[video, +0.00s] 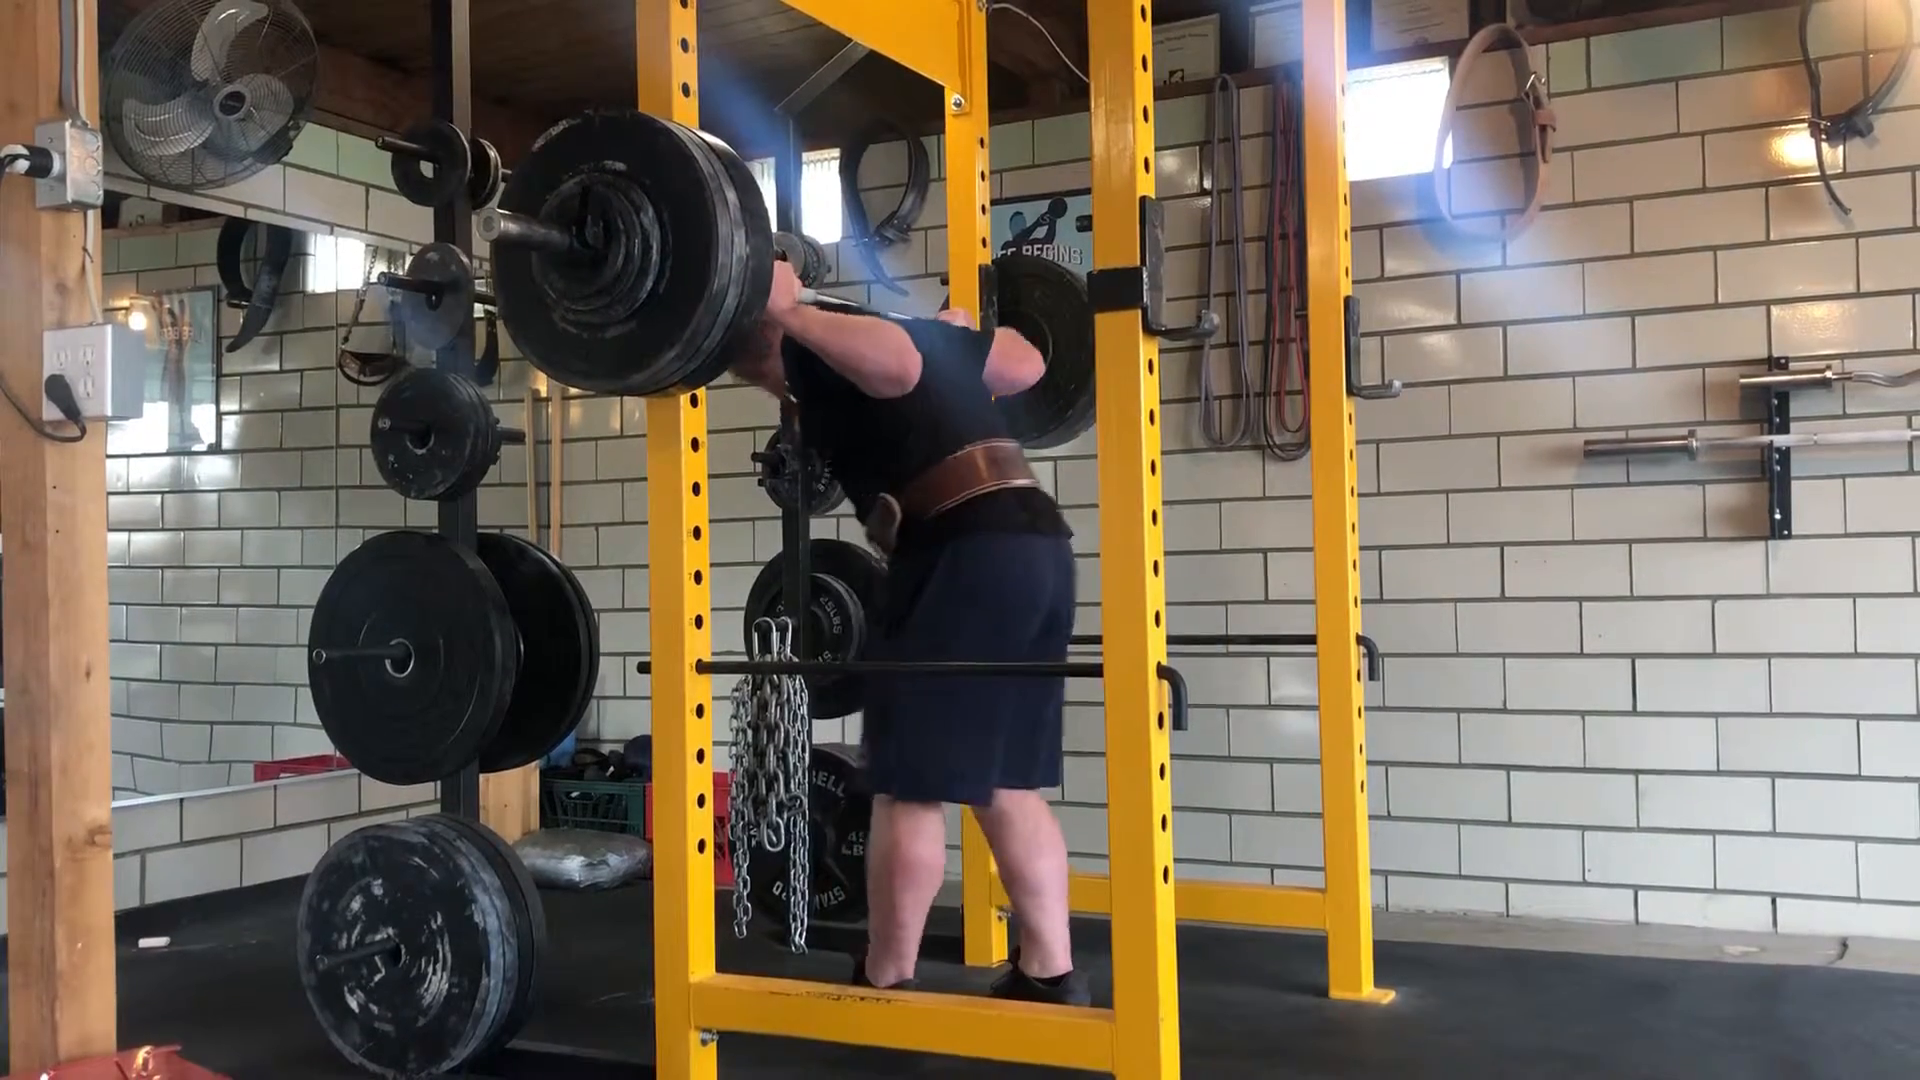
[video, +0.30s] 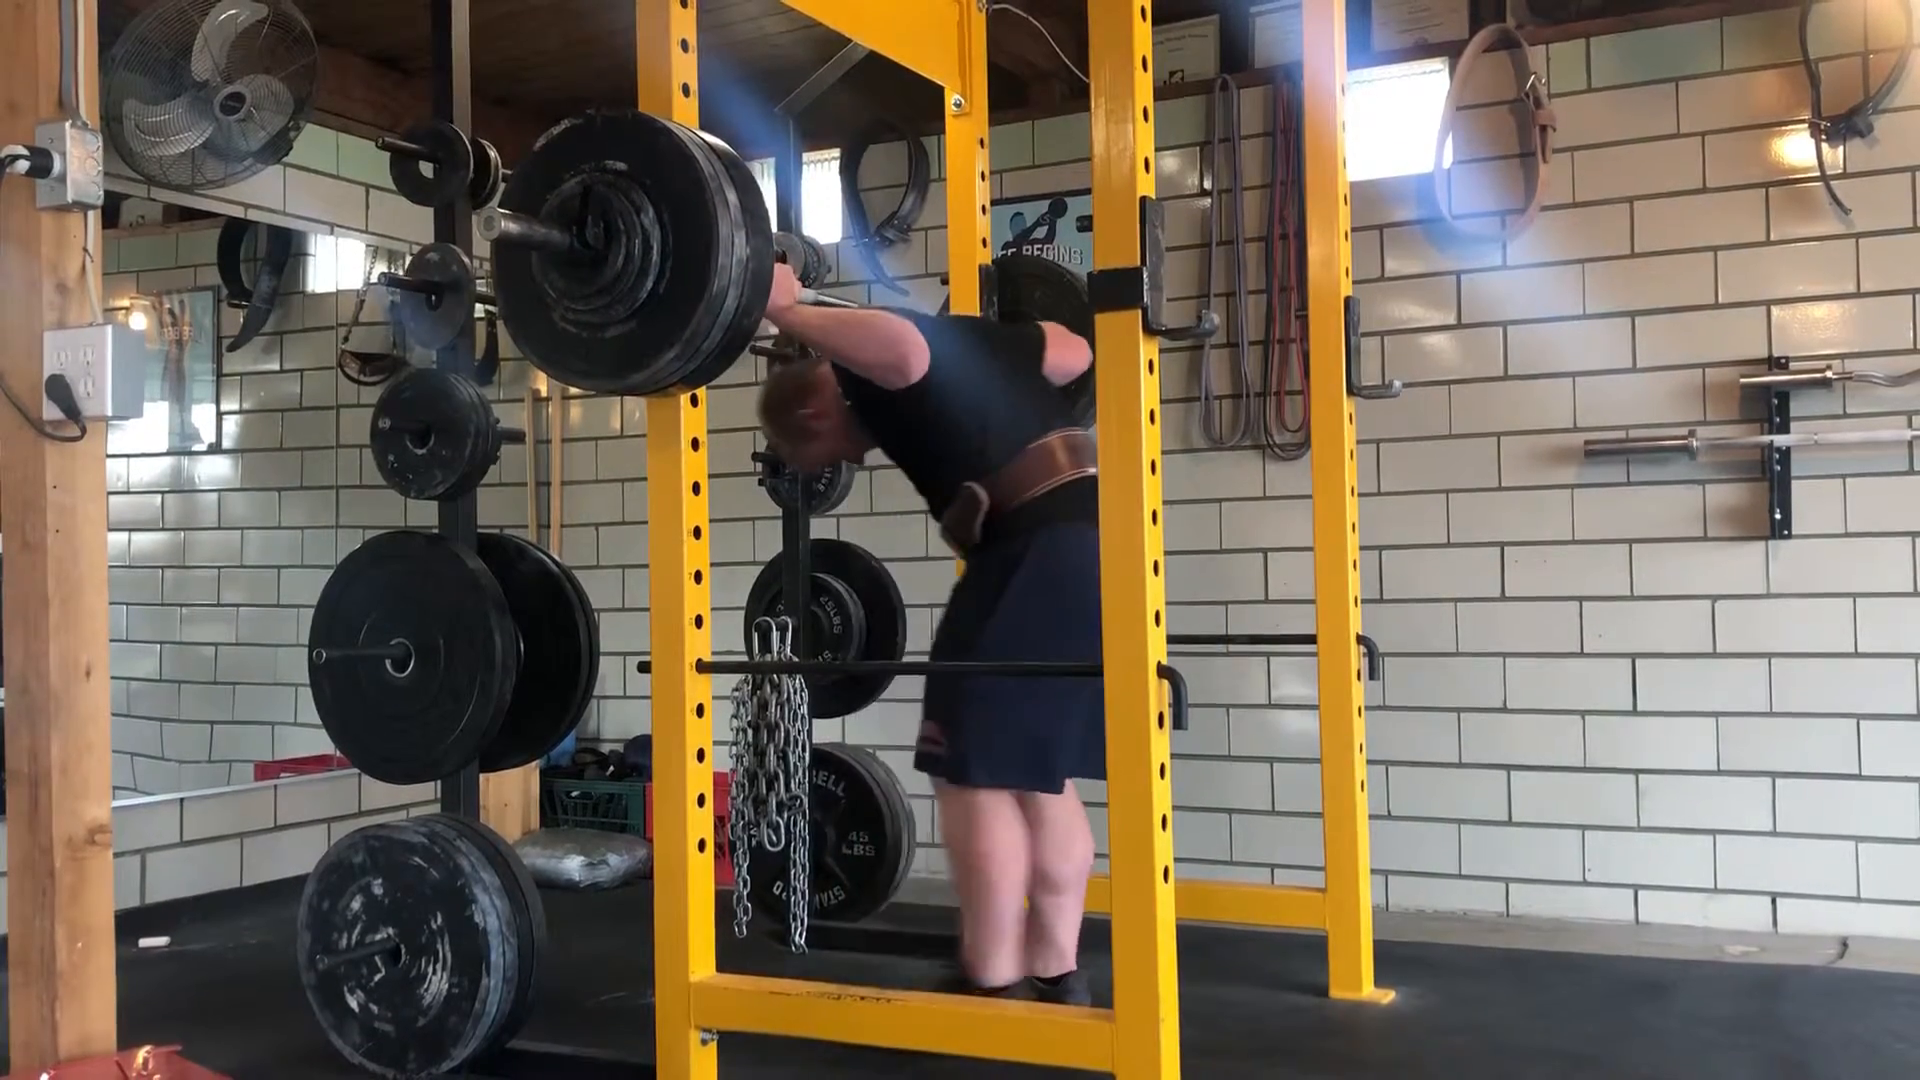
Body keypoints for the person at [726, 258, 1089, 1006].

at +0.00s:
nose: (746, 378)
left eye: (742, 364)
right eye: (740, 364)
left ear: (759, 336)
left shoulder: (815, 340)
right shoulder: (920, 332)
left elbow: (898, 363)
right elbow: (1024, 360)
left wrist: (790, 312)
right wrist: (965, 326)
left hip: (969, 551)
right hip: (1039, 545)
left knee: (909, 776)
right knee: (1008, 775)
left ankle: (885, 981)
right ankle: (1048, 973)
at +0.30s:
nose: (840, 459)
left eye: (824, 452)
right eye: (826, 457)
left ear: (817, 406)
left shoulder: (864, 367)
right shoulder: (969, 338)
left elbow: (907, 350)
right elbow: (1072, 348)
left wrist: (786, 309)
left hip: (1041, 544)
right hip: (1101, 534)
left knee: (968, 760)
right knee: (1042, 769)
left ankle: (992, 988)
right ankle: (1055, 978)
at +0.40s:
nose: (868, 462)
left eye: (849, 454)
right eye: (853, 460)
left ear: (837, 403)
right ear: (846, 389)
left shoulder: (900, 351)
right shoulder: (991, 336)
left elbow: (903, 345)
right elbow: (1089, 359)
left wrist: (787, 308)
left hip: (1067, 541)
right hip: (1109, 529)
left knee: (995, 752)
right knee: (1046, 757)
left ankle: (1077, 967)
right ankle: (1064, 953)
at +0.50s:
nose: (879, 451)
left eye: (864, 441)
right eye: (863, 446)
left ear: (859, 396)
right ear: (863, 399)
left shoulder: (936, 331)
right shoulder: (951, 371)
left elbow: (901, 364)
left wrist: (792, 306)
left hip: (1101, 539)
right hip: (1080, 543)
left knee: (1055, 763)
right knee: (1050, 762)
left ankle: (1179, 968)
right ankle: (1054, 973)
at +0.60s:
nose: (870, 422)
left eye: (862, 406)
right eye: (862, 413)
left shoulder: (976, 312)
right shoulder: (1034, 319)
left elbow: (894, 375)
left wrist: (795, 305)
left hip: (1125, 547)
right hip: (1132, 545)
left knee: (1107, 780)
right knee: (1079, 782)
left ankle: (1249, 979)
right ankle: (1053, 989)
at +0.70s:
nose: (911, 319)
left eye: (918, 305)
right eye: (905, 313)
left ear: (953, 282)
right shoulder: (1082, 299)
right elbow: (1198, 402)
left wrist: (794, 310)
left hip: (1154, 564)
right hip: (1182, 555)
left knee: (1145, 786)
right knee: (1093, 779)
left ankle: (1277, 1004)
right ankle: (1060, 978)